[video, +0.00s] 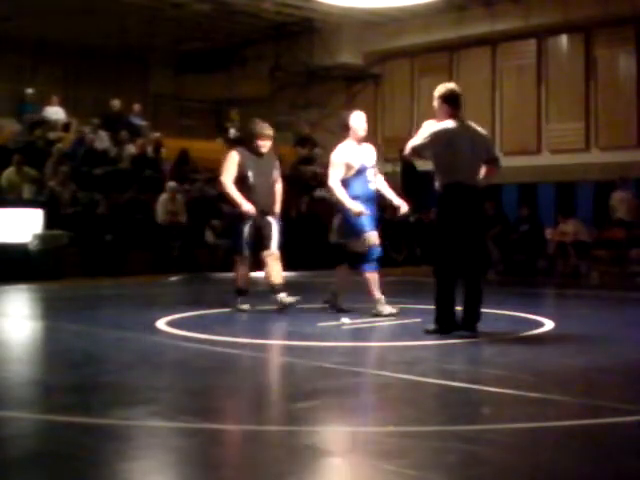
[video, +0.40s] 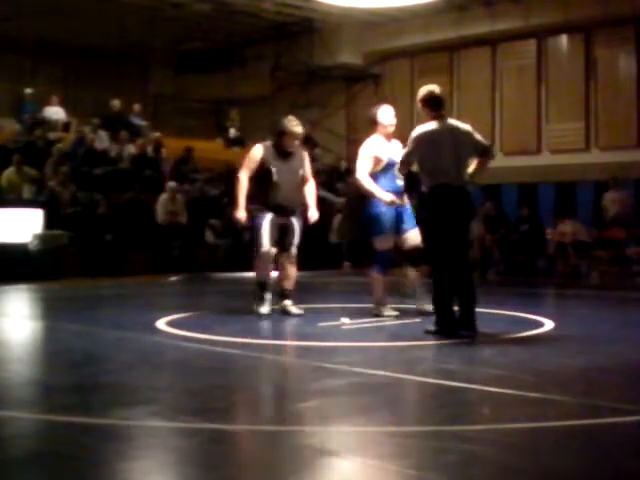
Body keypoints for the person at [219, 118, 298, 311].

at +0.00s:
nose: (265, 143)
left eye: (268, 139)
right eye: (261, 139)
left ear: (272, 140)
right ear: (252, 140)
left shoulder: (272, 159)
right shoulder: (237, 156)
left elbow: (277, 183)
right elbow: (226, 180)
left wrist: (276, 208)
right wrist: (243, 203)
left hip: (267, 212)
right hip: (246, 213)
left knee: (272, 253)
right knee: (244, 256)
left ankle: (279, 289)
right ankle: (241, 292)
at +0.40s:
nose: (295, 142)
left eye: (298, 138)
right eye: (292, 138)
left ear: (300, 138)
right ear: (281, 136)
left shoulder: (302, 156)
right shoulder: (261, 151)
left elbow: (308, 180)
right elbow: (244, 174)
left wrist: (312, 205)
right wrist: (241, 206)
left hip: (292, 209)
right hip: (266, 208)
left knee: (290, 255)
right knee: (266, 251)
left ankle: (286, 297)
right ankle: (263, 295)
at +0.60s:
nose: (300, 141)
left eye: (302, 136)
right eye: (296, 136)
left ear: (303, 137)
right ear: (285, 136)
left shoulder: (305, 156)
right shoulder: (265, 154)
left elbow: (312, 180)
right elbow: (248, 176)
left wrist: (319, 204)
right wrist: (248, 210)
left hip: (299, 211)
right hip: (275, 210)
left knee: (293, 258)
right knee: (278, 256)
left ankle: (288, 299)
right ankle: (276, 299)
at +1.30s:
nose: (325, 126)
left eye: (325, 121)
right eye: (321, 121)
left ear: (322, 124)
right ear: (307, 122)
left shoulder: (320, 150)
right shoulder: (290, 142)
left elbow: (320, 184)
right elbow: (286, 172)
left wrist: (331, 204)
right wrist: (298, 205)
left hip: (319, 210)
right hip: (295, 210)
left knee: (317, 260)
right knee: (289, 262)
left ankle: (316, 308)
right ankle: (281, 311)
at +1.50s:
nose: (333, 124)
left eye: (333, 119)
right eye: (329, 118)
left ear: (329, 122)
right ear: (315, 120)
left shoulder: (327, 147)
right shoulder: (299, 140)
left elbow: (332, 183)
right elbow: (290, 168)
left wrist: (340, 210)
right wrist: (303, 203)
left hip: (325, 209)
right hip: (305, 208)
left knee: (321, 259)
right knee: (304, 257)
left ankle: (316, 309)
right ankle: (288, 309)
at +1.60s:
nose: (334, 121)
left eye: (335, 116)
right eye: (330, 116)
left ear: (330, 120)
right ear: (317, 118)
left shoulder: (328, 146)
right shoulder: (302, 139)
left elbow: (334, 181)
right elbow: (296, 168)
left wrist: (343, 207)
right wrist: (309, 202)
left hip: (327, 208)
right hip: (310, 207)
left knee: (322, 257)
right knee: (311, 254)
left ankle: (316, 308)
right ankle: (294, 307)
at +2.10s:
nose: (340, 126)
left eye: (340, 120)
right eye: (338, 120)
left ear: (313, 119)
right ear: (329, 120)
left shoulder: (298, 143)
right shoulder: (324, 142)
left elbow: (295, 179)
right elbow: (332, 176)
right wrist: (343, 208)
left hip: (299, 208)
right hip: (318, 209)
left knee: (306, 261)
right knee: (311, 261)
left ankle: (303, 311)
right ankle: (305, 313)